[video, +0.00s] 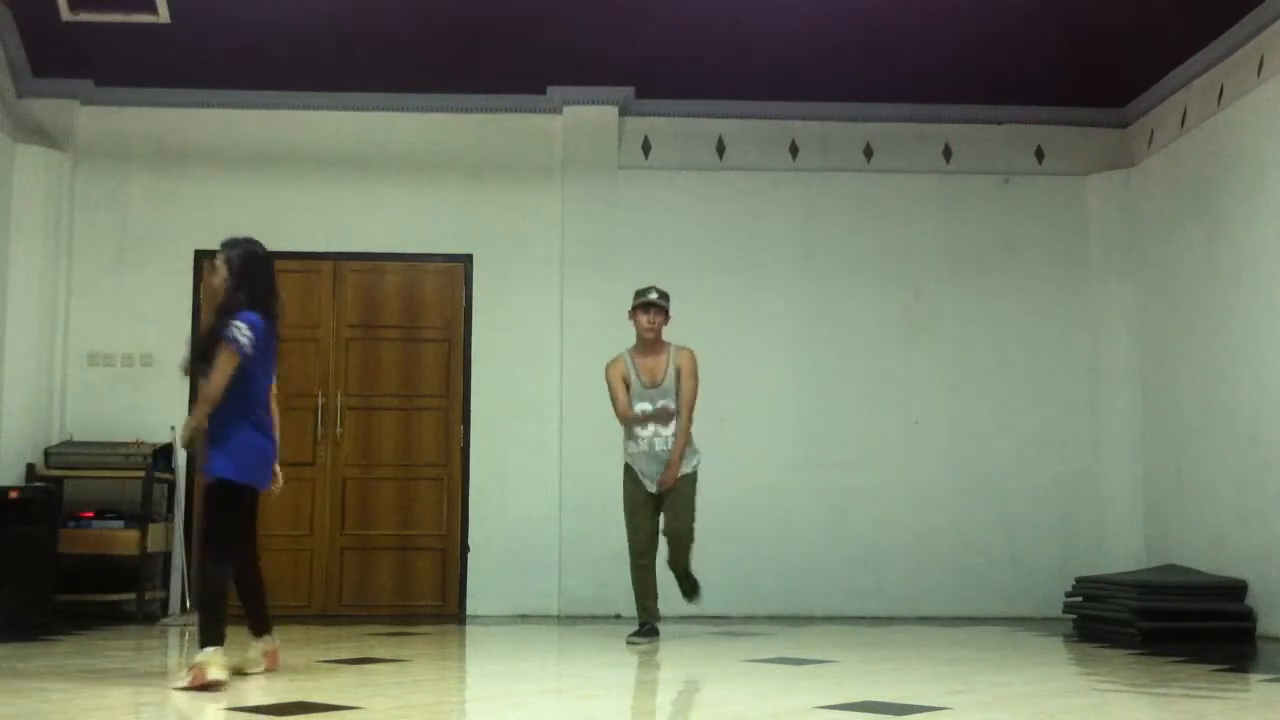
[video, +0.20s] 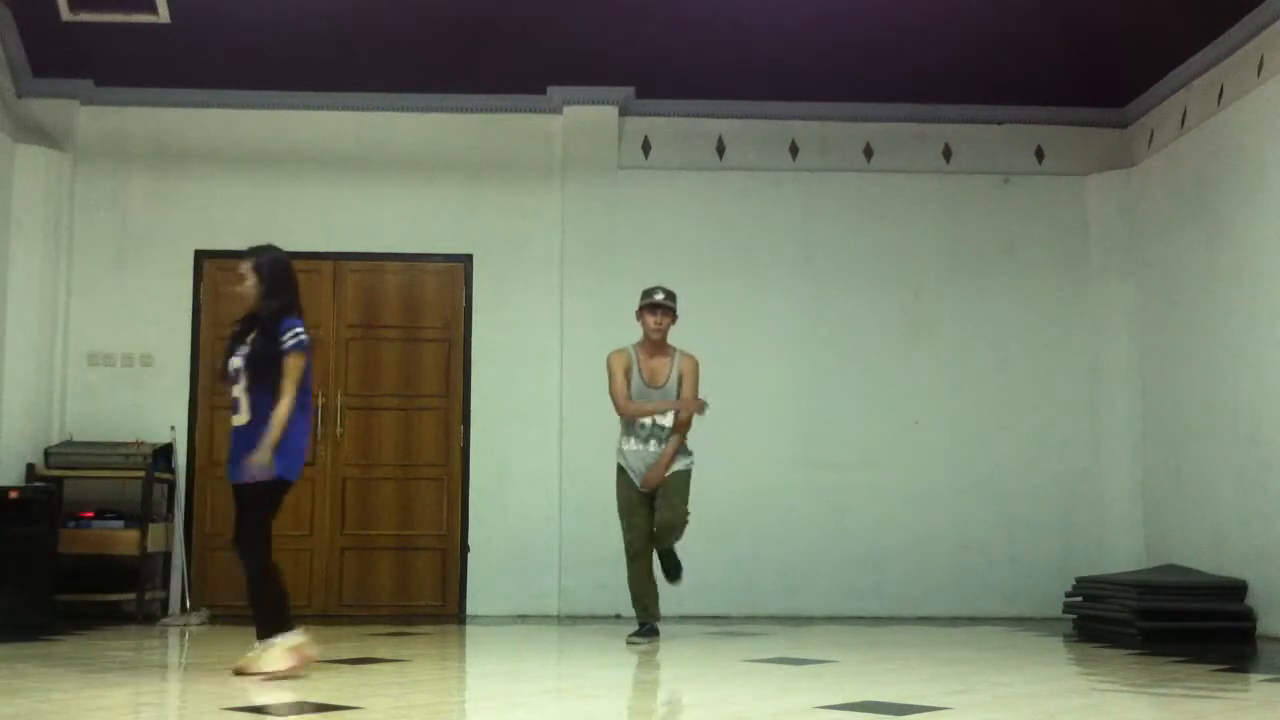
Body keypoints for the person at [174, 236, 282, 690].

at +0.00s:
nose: (211, 276)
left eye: (218, 269)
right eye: (213, 269)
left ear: (238, 274)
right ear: (249, 275)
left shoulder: (240, 324)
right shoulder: (261, 325)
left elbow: (217, 382)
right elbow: (269, 397)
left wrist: (194, 419)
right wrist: (273, 456)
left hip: (230, 450)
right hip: (251, 450)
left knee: (213, 549)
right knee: (241, 548)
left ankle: (210, 655)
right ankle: (264, 643)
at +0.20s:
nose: (239, 286)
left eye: (246, 278)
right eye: (239, 278)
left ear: (269, 280)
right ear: (262, 282)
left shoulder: (289, 326)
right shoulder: (252, 328)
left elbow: (289, 393)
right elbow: (247, 391)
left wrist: (266, 447)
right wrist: (238, 447)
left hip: (272, 450)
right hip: (247, 449)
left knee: (252, 542)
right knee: (251, 543)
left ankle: (279, 641)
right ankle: (279, 639)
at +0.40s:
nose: (277, 293)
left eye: (286, 286)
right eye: (272, 286)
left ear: (307, 291)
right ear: (266, 293)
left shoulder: (320, 334)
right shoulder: (268, 339)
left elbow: (351, 381)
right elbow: (260, 400)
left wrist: (379, 428)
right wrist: (236, 440)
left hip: (312, 459)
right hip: (266, 460)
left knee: (322, 543)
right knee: (267, 549)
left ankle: (353, 618)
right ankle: (266, 643)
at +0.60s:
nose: (321, 309)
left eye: (329, 302)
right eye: (314, 302)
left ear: (343, 309)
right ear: (303, 308)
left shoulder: (359, 352)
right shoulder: (293, 356)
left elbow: (394, 396)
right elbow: (270, 407)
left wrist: (397, 353)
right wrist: (239, 460)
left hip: (351, 474)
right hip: (302, 473)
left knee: (353, 556)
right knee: (290, 552)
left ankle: (364, 638)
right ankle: (271, 640)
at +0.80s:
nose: (349, 308)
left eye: (358, 302)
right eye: (344, 301)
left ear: (369, 309)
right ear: (333, 306)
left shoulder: (381, 345)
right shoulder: (319, 349)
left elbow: (414, 359)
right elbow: (297, 400)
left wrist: (394, 318)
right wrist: (275, 451)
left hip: (375, 463)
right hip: (329, 462)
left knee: (368, 547)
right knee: (319, 542)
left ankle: (365, 632)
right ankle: (310, 625)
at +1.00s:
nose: (362, 317)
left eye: (370, 311)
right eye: (356, 310)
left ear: (382, 318)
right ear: (346, 314)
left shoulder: (391, 354)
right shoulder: (332, 354)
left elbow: (422, 352)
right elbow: (324, 397)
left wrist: (402, 320)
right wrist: (338, 425)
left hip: (386, 461)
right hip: (344, 461)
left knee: (380, 544)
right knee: (343, 543)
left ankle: (372, 630)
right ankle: (347, 613)